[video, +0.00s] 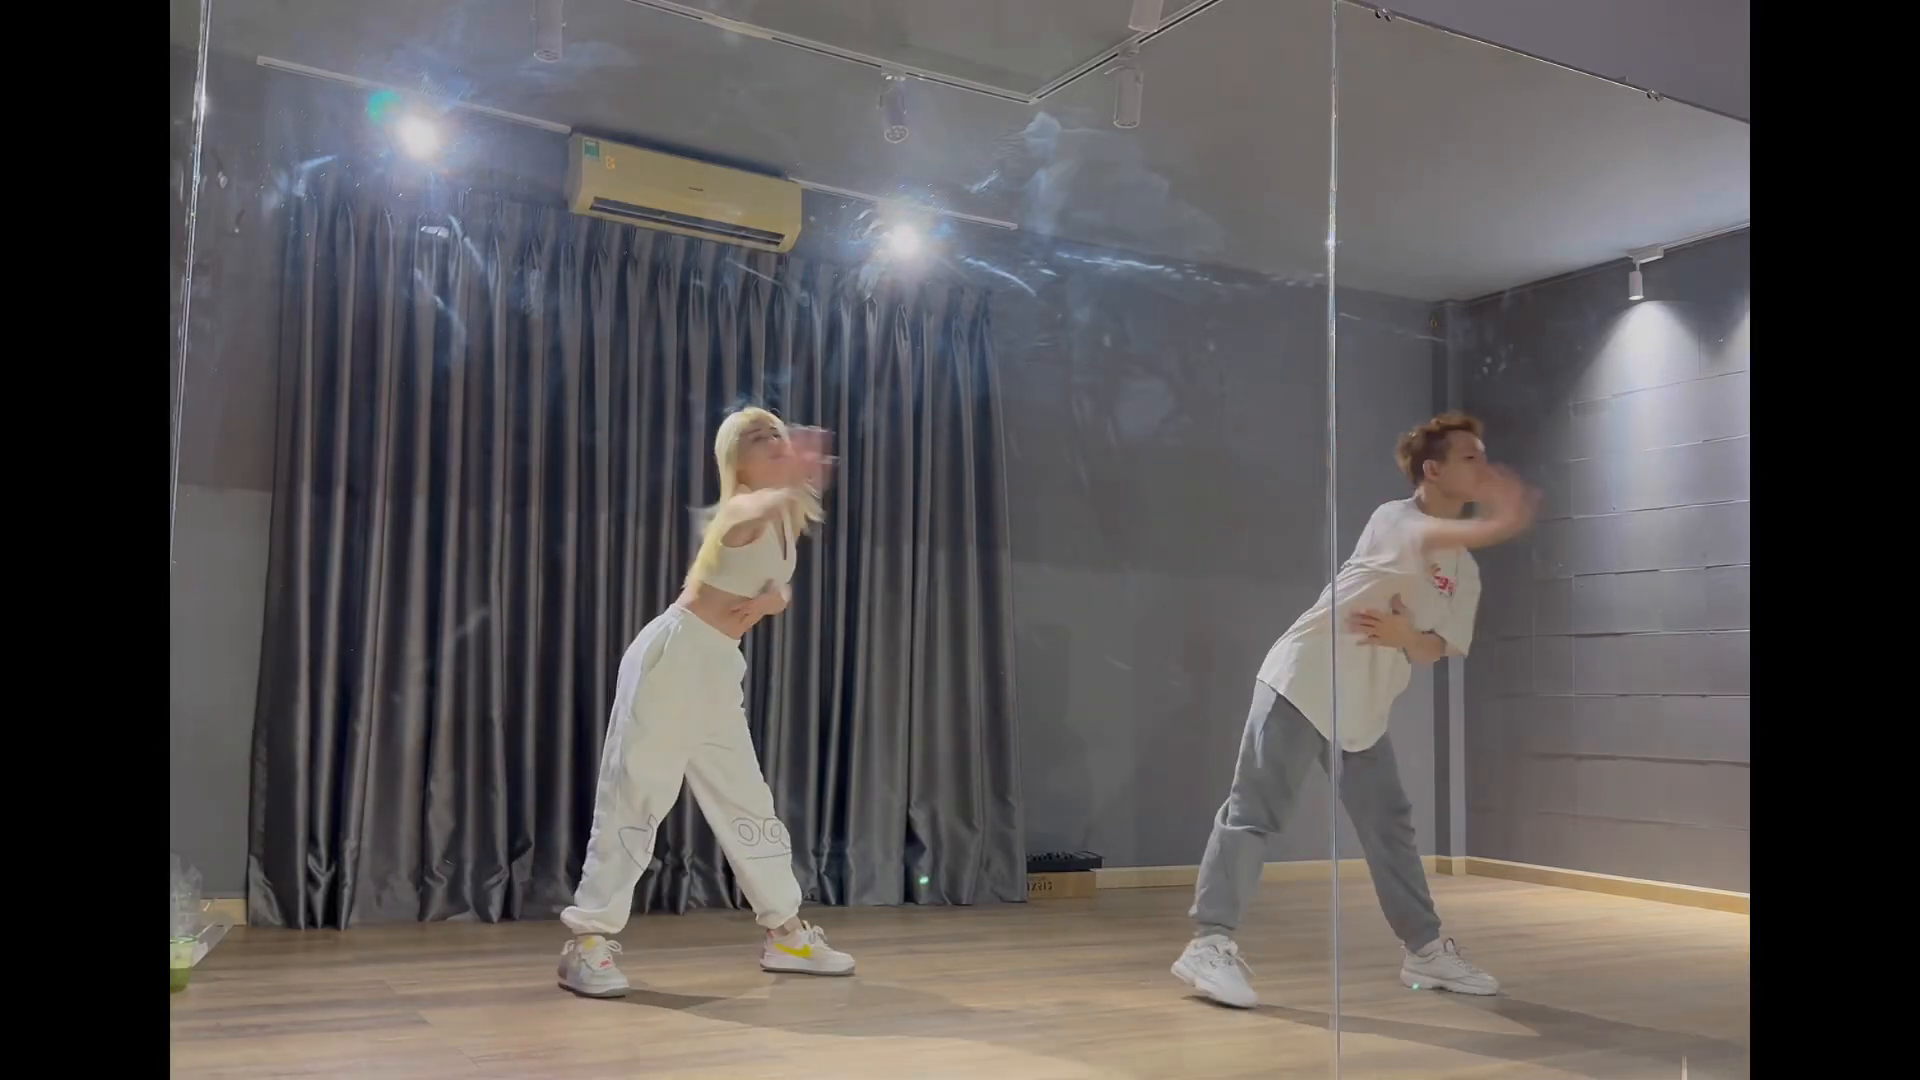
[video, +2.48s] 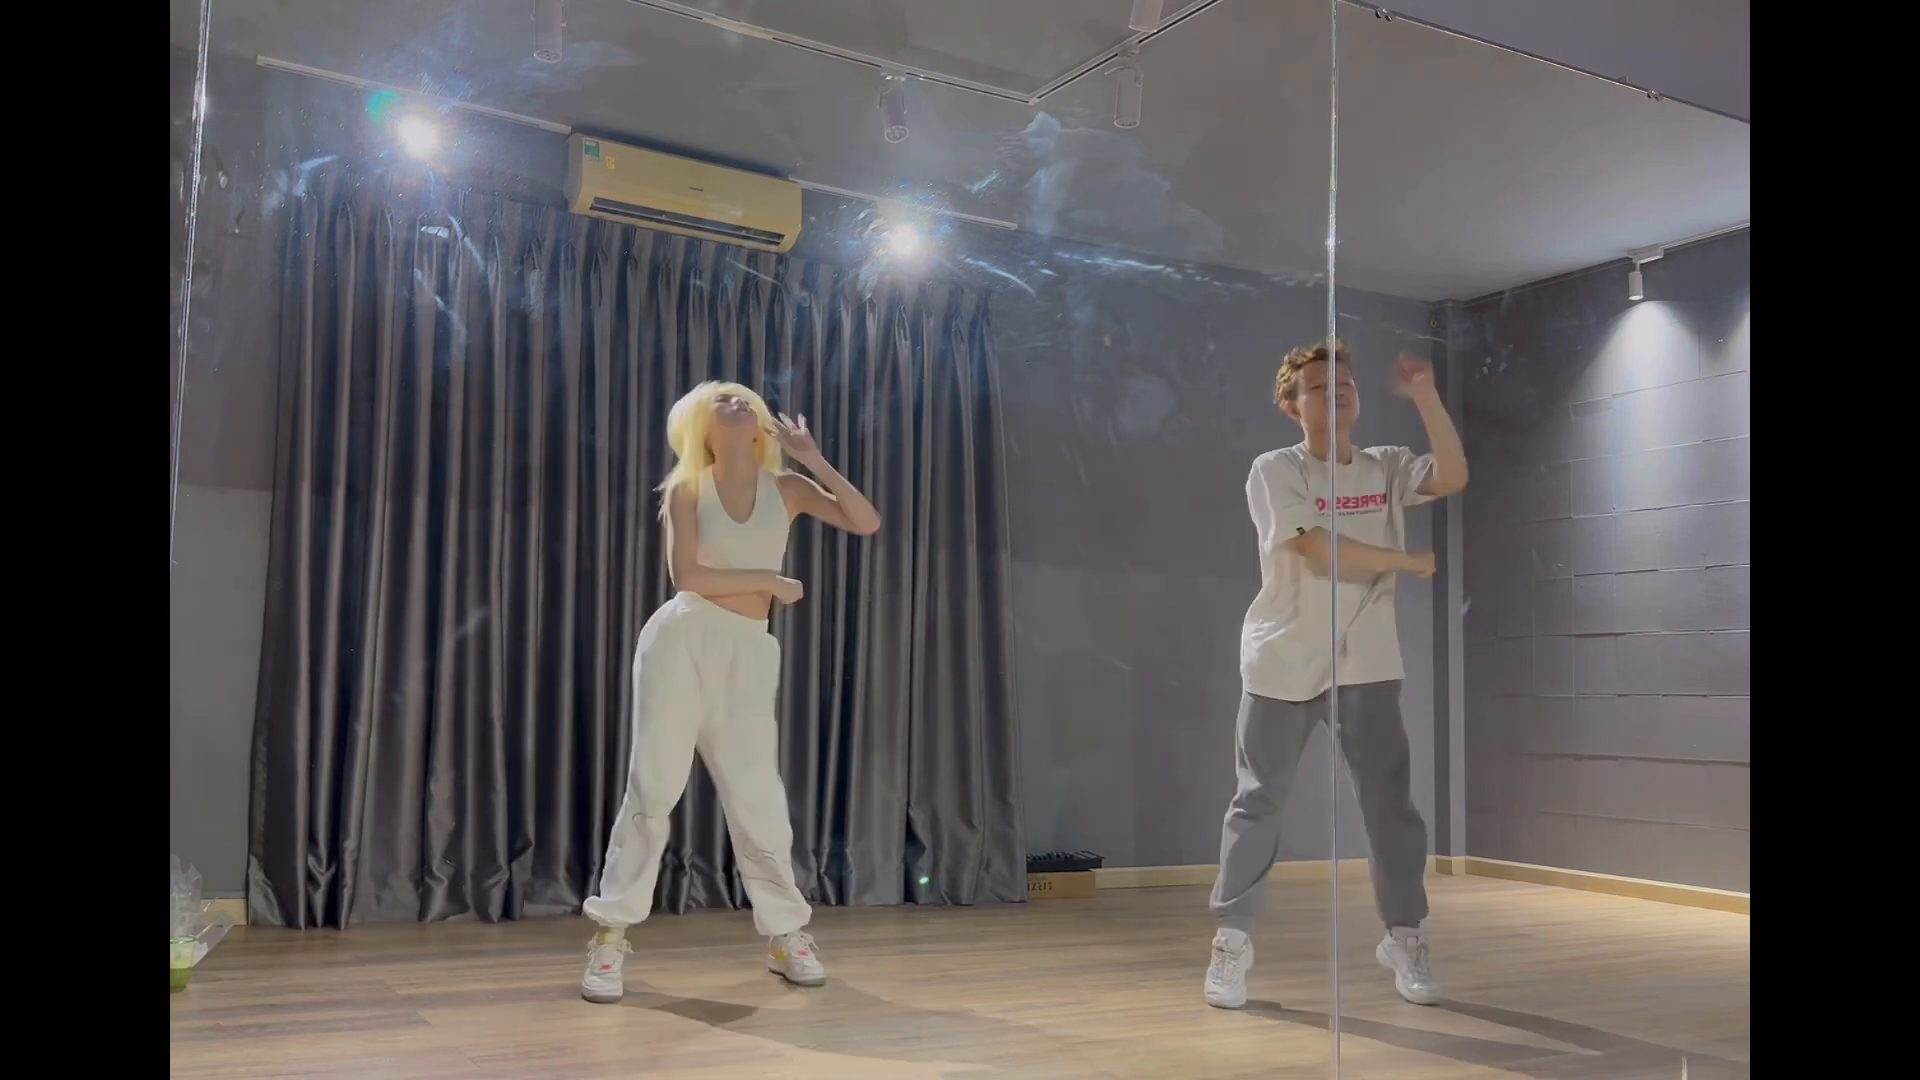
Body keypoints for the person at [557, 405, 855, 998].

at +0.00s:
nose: (783, 444)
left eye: (784, 434)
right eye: (765, 437)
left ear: (793, 450)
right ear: (739, 461)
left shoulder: (785, 519)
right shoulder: (734, 511)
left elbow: (779, 586)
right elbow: (751, 508)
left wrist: (774, 601)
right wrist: (790, 485)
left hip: (716, 670)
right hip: (672, 657)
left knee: (746, 803)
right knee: (632, 800)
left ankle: (786, 933)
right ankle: (588, 941)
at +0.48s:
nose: (742, 470)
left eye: (752, 460)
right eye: (729, 458)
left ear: (766, 470)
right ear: (702, 465)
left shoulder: (774, 532)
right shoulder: (676, 514)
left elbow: (767, 619)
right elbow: (625, 565)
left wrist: (703, 592)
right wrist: (623, 498)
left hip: (767, 684)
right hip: (697, 688)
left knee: (784, 816)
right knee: (641, 804)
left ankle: (818, 931)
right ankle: (640, 944)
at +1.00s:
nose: (718, 458)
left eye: (729, 449)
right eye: (707, 446)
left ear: (742, 458)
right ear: (685, 450)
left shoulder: (736, 505)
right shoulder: (660, 512)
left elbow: (700, 580)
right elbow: (600, 538)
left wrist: (612, 573)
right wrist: (559, 465)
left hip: (689, 670)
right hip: (634, 663)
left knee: (617, 814)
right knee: (587, 815)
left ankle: (697, 939)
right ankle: (643, 949)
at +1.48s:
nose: (696, 462)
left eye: (710, 456)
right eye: (688, 449)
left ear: (718, 464)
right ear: (664, 447)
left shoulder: (703, 506)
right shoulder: (631, 509)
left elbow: (685, 592)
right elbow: (585, 550)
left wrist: (600, 590)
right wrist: (545, 468)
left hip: (681, 671)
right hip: (632, 667)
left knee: (606, 816)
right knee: (576, 823)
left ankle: (687, 934)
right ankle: (646, 947)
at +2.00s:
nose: (720, 438)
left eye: (729, 432)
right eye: (707, 430)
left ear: (743, 452)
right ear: (682, 448)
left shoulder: (754, 517)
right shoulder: (655, 507)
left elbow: (807, 588)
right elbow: (641, 591)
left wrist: (787, 518)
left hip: (754, 689)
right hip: (676, 689)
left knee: (776, 822)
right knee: (590, 797)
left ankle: (792, 942)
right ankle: (635, 936)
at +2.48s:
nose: (734, 400)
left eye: (743, 397)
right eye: (719, 399)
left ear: (759, 425)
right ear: (702, 430)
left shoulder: (785, 486)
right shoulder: (687, 489)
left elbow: (866, 521)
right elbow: (687, 575)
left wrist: (812, 455)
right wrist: (768, 583)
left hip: (749, 652)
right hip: (681, 643)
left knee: (759, 796)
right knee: (652, 794)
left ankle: (788, 936)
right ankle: (609, 941)